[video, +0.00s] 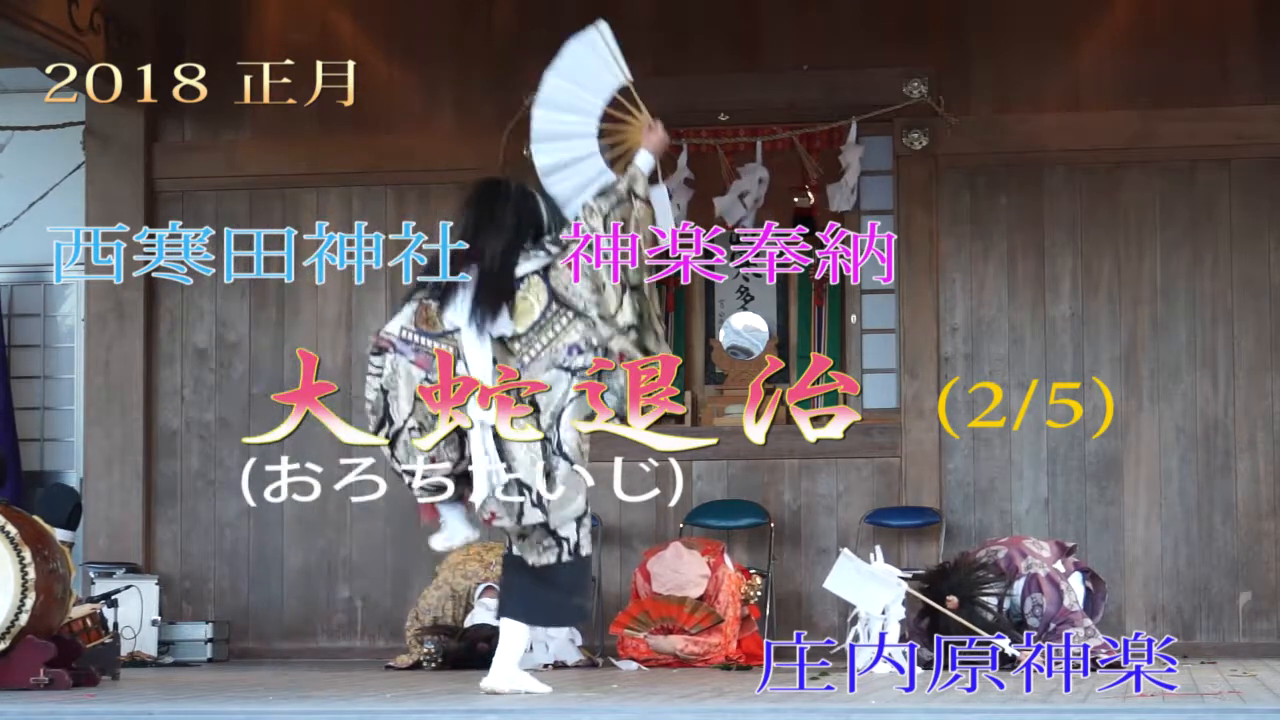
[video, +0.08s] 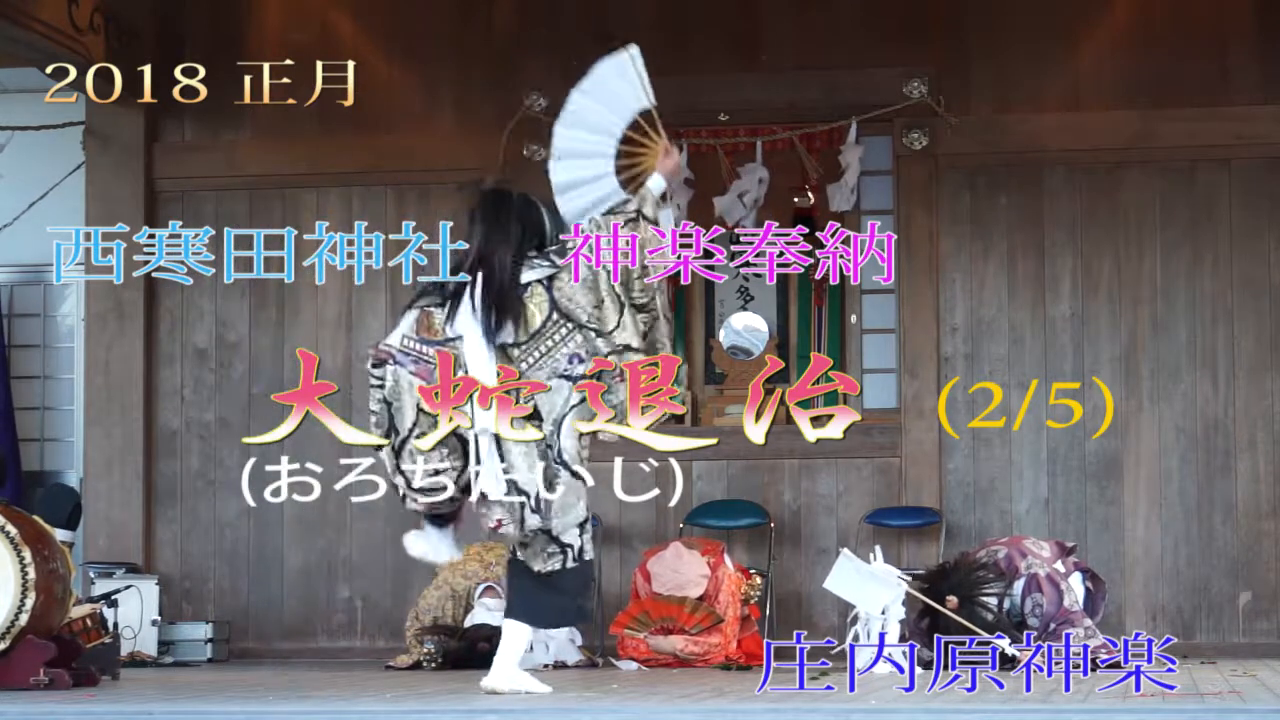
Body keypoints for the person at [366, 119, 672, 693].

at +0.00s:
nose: (544, 226)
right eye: (538, 218)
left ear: (475, 229)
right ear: (532, 225)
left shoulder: (459, 292)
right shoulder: (552, 274)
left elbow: (390, 342)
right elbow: (598, 226)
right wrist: (644, 161)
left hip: (494, 437)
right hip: (539, 438)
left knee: (545, 524)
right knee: (532, 539)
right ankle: (507, 664)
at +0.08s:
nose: (551, 241)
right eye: (544, 231)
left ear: (476, 238)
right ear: (536, 235)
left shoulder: (449, 298)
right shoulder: (557, 285)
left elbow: (392, 364)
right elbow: (613, 245)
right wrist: (659, 184)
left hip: (483, 440)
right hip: (540, 441)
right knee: (542, 540)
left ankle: (436, 530)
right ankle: (507, 665)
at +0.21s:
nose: (550, 235)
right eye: (543, 225)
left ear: (479, 230)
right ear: (532, 229)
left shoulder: (463, 290)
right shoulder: (547, 284)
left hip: (486, 434)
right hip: (539, 437)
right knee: (542, 535)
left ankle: (414, 566)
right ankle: (507, 663)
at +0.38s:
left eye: (459, 225)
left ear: (467, 231)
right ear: (531, 231)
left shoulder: (435, 299)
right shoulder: (552, 293)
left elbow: (391, 382)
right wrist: (628, 177)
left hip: (445, 444)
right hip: (522, 446)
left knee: (417, 524)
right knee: (521, 546)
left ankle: (394, 638)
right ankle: (505, 663)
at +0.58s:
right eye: (494, 232)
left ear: (434, 235)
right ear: (495, 236)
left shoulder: (410, 295)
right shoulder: (511, 286)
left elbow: (374, 367)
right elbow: (569, 247)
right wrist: (594, 180)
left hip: (414, 440)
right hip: (487, 438)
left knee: (402, 542)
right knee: (516, 533)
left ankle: (396, 664)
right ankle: (506, 644)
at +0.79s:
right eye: (472, 230)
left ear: (420, 232)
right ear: (474, 233)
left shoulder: (391, 286)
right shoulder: (489, 274)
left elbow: (374, 374)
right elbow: (540, 238)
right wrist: (574, 180)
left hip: (392, 432)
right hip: (463, 429)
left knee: (390, 536)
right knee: (489, 518)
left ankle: (393, 654)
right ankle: (465, 620)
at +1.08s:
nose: (489, 217)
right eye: (484, 206)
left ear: (423, 215)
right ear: (481, 212)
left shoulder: (402, 270)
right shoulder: (498, 260)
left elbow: (374, 344)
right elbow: (543, 223)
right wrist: (579, 162)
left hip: (398, 414)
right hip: (465, 418)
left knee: (400, 532)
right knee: (462, 531)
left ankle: (392, 642)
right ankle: (453, 644)